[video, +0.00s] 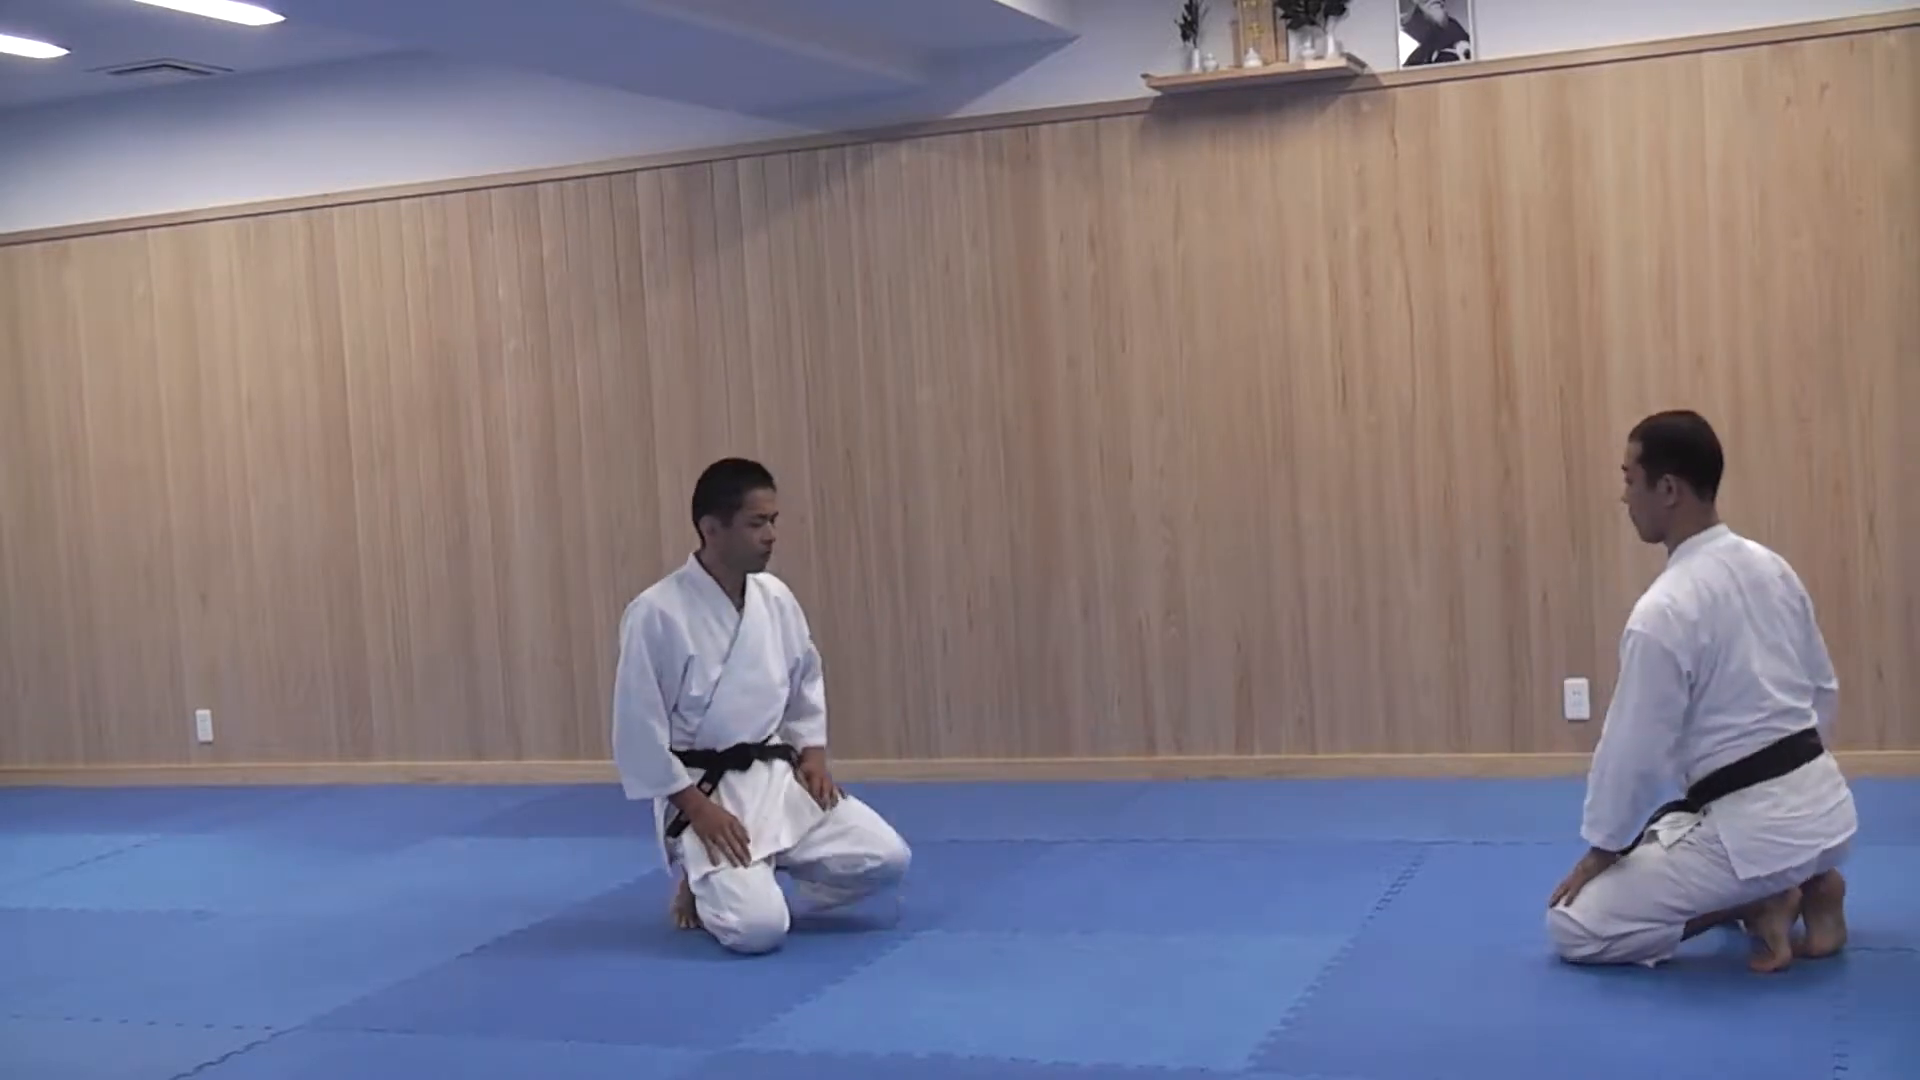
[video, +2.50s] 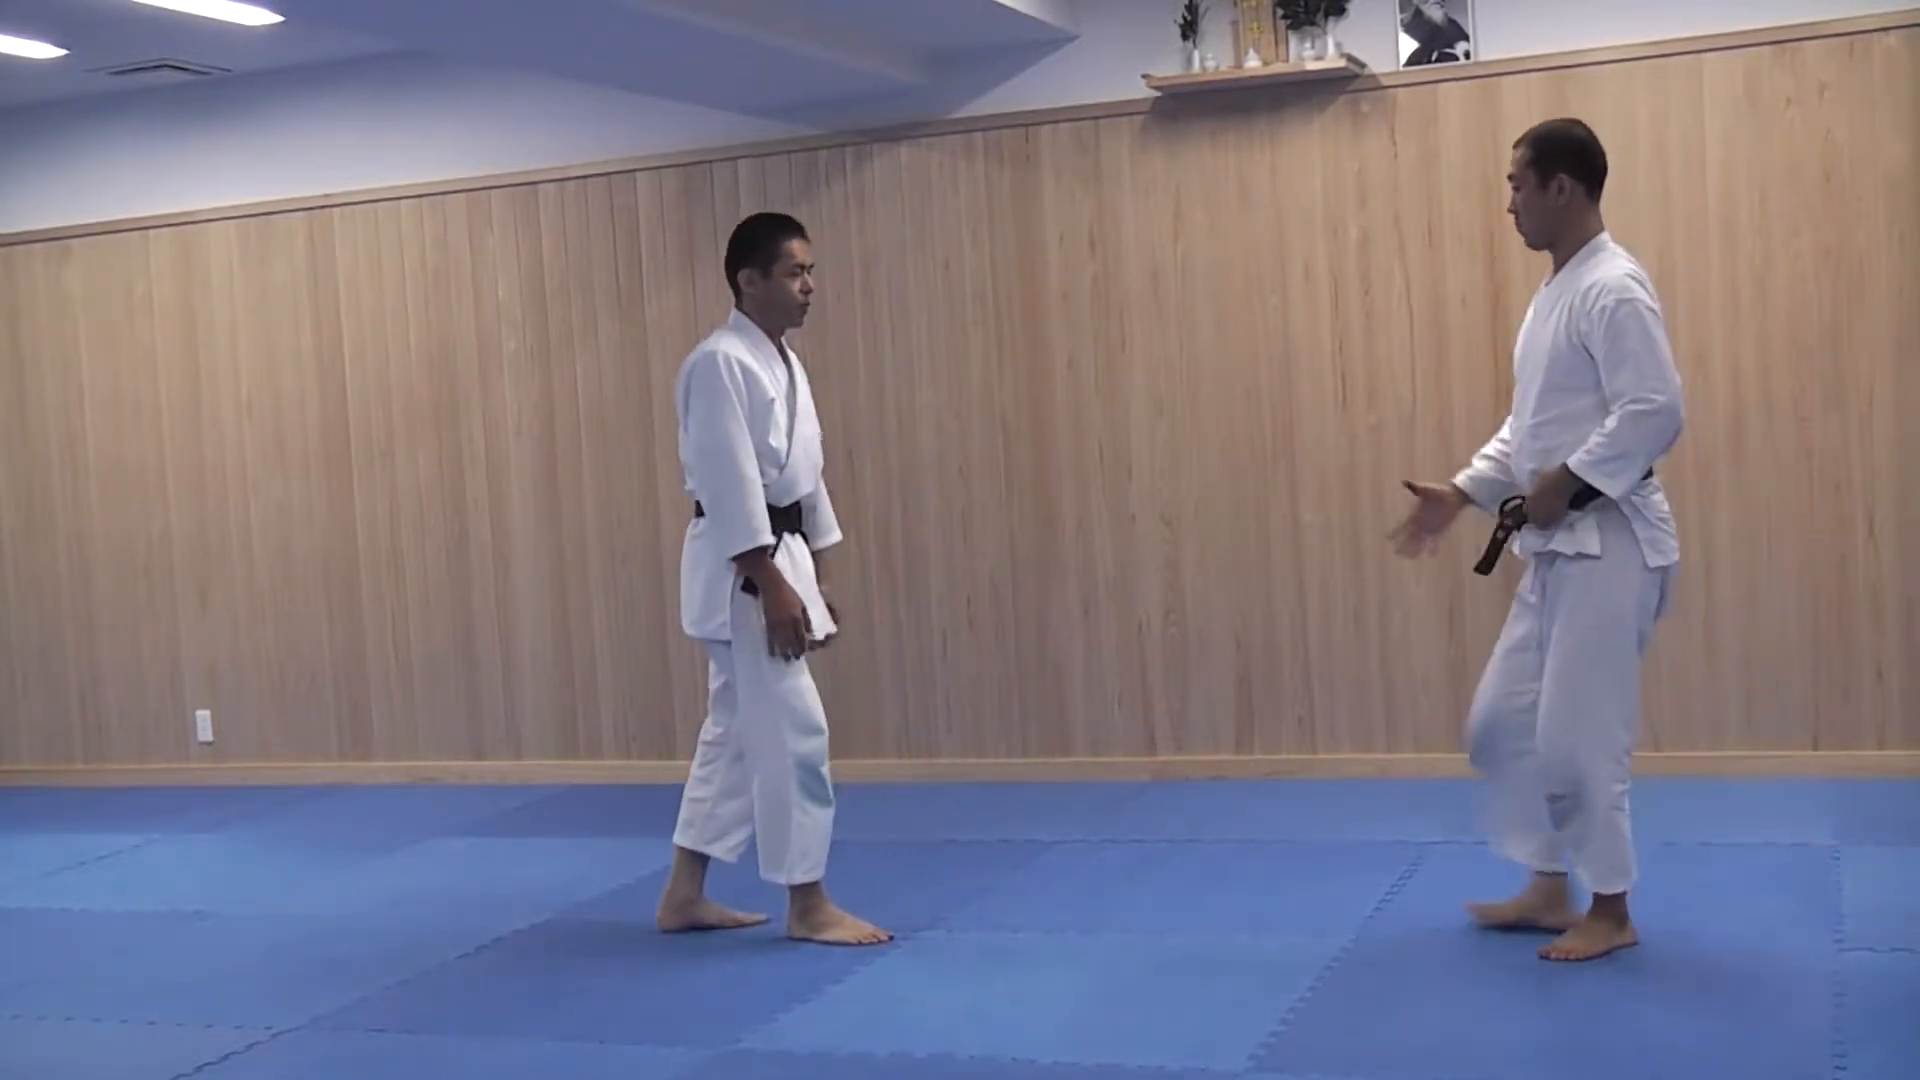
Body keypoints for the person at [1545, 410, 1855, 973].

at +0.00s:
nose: (1623, 494)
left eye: (1629, 479)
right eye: (1624, 478)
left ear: (1669, 490)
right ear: (1680, 488)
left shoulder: (1665, 609)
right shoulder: (1771, 567)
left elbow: (1634, 755)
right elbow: (1821, 689)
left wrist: (1602, 852)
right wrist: (1797, 776)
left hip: (1749, 840)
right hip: (1828, 815)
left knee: (1575, 929)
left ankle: (1753, 905)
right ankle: (1811, 884)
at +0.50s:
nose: (1619, 427)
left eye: (1626, 410)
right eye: (1620, 410)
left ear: (1669, 416)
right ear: (1681, 417)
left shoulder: (1668, 516)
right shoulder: (1747, 505)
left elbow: (1652, 659)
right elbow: (1761, 642)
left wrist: (1586, 761)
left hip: (1718, 740)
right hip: (1784, 737)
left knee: (1551, 838)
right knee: (1684, 897)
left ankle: (1730, 870)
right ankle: (1796, 884)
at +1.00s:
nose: (1515, 397)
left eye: (1525, 382)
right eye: (1516, 381)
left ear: (1567, 388)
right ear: (1576, 388)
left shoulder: (1574, 482)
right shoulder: (1658, 460)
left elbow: (1542, 613)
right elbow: (1707, 571)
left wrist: (1503, 687)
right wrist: (1624, 646)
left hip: (1650, 690)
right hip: (1713, 692)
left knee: (1473, 747)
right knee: (1679, 892)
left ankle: (1560, 908)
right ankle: (1810, 885)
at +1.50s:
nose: (1500, 250)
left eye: (1508, 233)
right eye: (1501, 233)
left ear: (1548, 237)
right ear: (1575, 238)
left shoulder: (1552, 341)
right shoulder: (1649, 309)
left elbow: (1543, 481)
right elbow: (1695, 429)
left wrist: (1538, 600)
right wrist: (1623, 524)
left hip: (1644, 552)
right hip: (1720, 536)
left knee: (1550, 718)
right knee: (1735, 737)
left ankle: (1563, 905)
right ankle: (1847, 909)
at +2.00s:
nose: (1563, 217)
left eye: (1573, 201)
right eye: (1565, 201)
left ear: (1618, 208)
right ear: (1626, 209)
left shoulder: (1637, 307)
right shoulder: (1663, 285)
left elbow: (1660, 442)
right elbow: (1672, 433)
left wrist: (1624, 551)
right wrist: (1617, 526)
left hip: (1698, 544)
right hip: (1737, 530)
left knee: (1600, 711)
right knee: (1769, 724)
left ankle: (1611, 909)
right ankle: (1855, 914)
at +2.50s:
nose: (1508, 200)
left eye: (1519, 183)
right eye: (1508, 185)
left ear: (1566, 187)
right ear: (1560, 189)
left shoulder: (1613, 289)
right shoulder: (1551, 296)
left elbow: (1654, 409)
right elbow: (1528, 424)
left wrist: (1571, 478)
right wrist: (1462, 490)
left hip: (1608, 547)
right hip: (1552, 548)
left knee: (1579, 734)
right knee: (1501, 723)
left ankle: (1610, 915)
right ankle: (1547, 890)